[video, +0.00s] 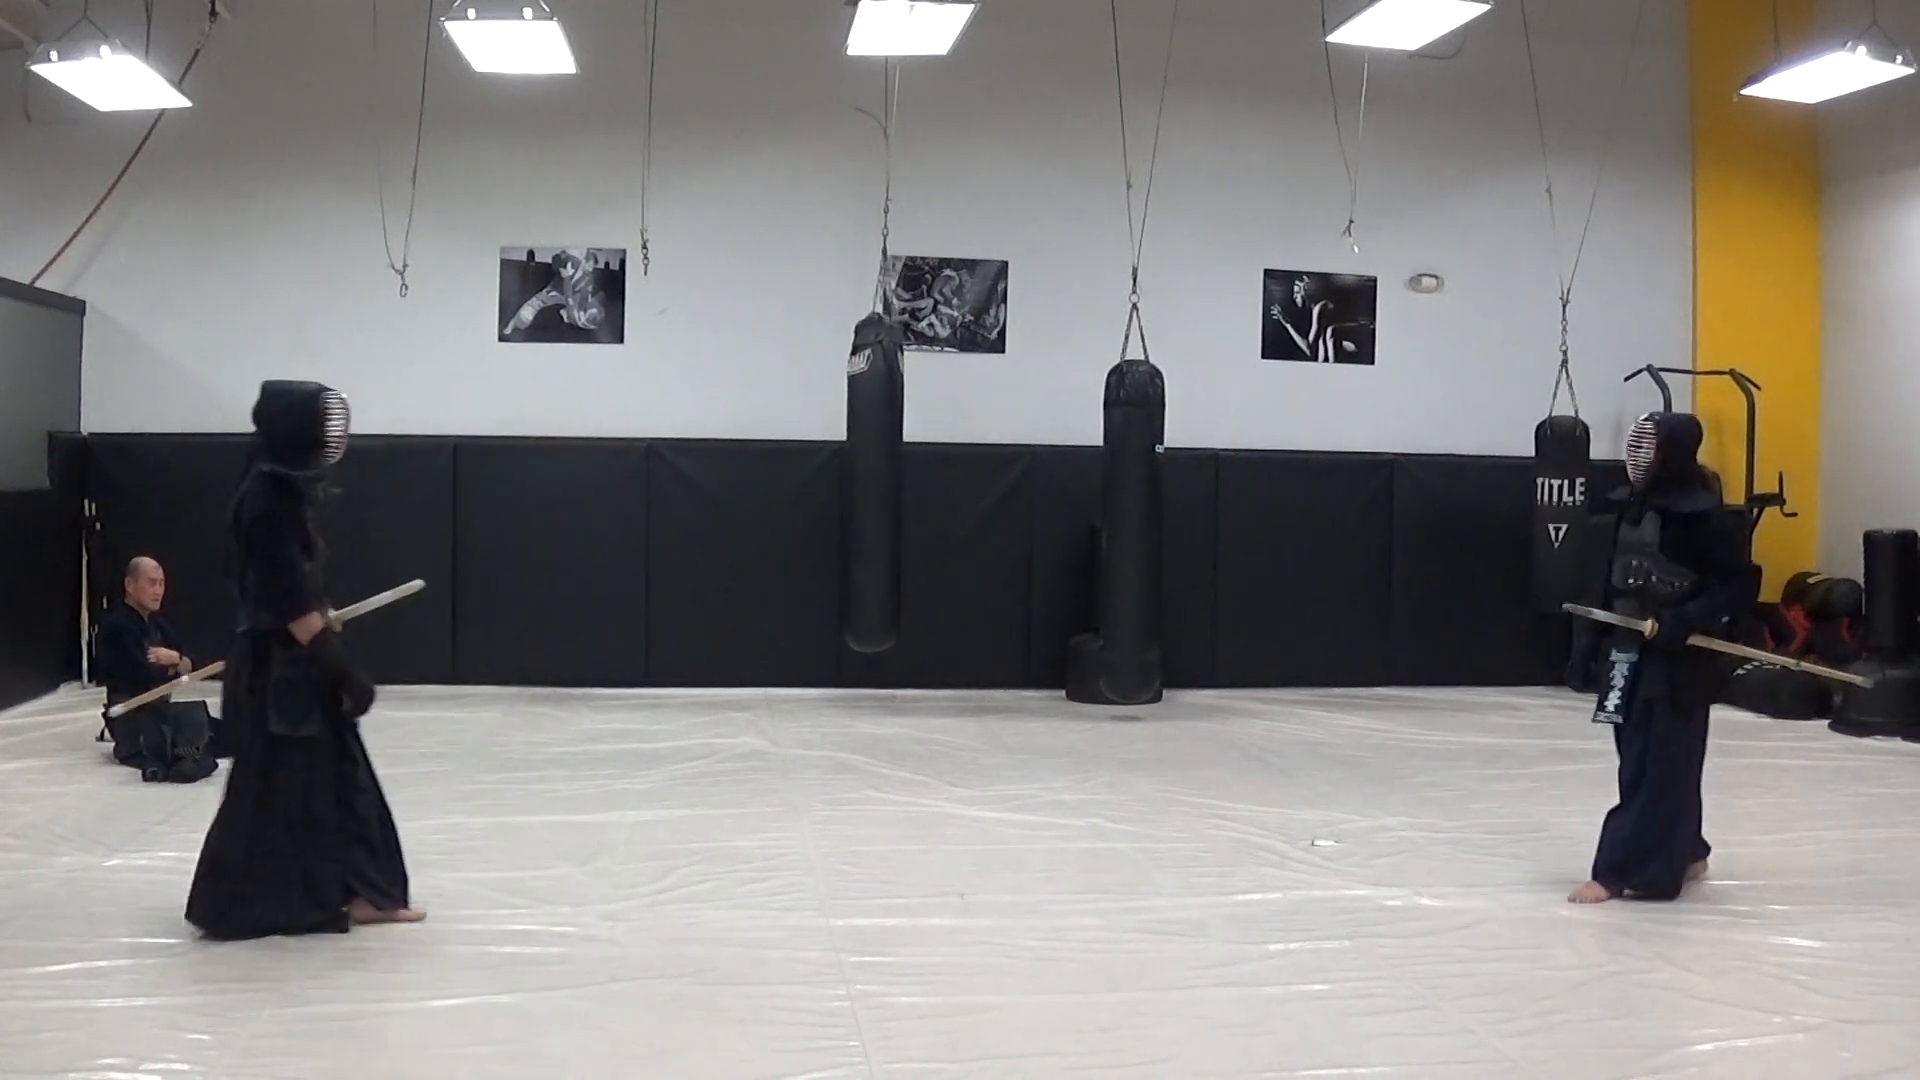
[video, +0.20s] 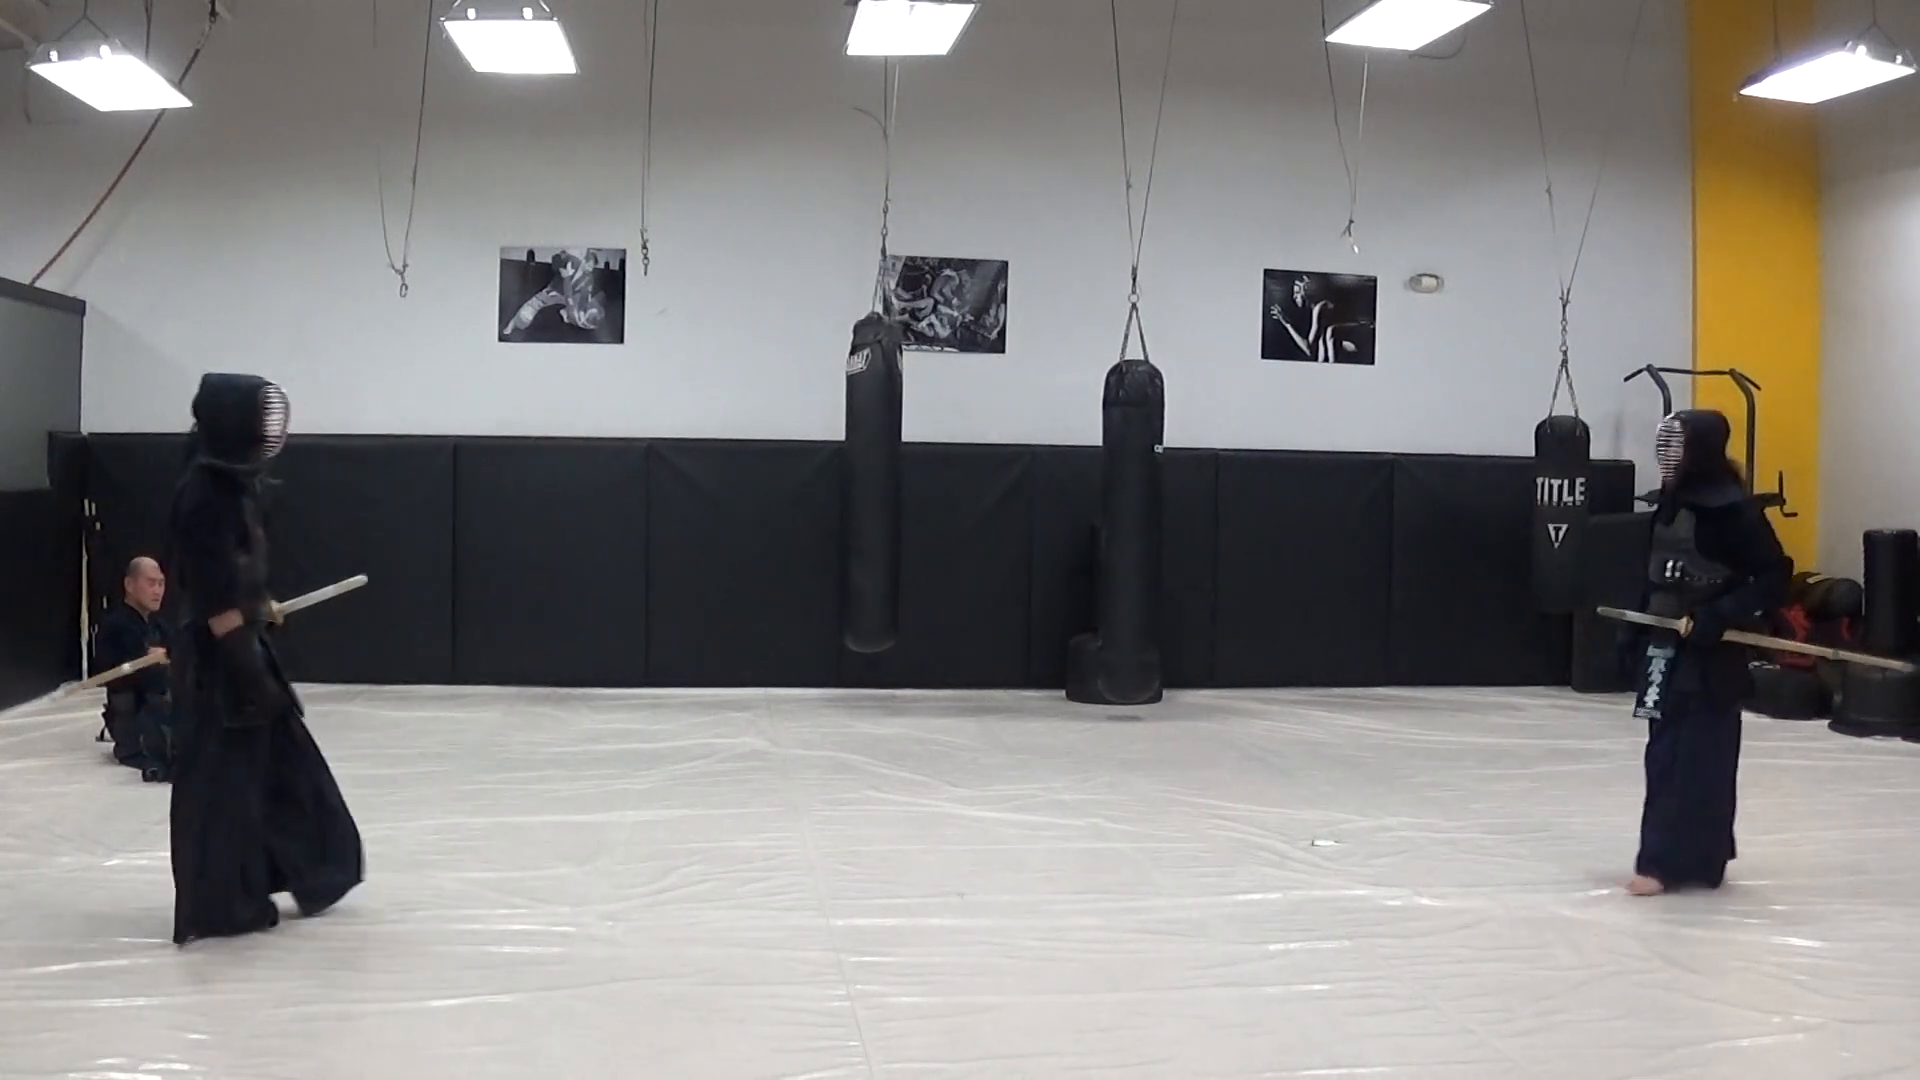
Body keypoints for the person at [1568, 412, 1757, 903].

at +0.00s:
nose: (1635, 457)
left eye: (1646, 449)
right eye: (1634, 447)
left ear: (1674, 453)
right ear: (1632, 449)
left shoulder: (1703, 513)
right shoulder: (1624, 506)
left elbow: (1736, 586)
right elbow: (1604, 581)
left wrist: (1679, 620)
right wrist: (1588, 649)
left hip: (1681, 654)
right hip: (1630, 649)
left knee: (1657, 760)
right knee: (1643, 752)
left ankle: (1618, 873)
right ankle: (1687, 847)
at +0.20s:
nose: (1664, 456)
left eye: (1673, 447)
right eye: (1663, 446)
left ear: (1700, 450)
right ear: (1670, 450)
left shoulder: (1733, 507)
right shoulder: (1672, 504)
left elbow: (1774, 577)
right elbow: (1654, 578)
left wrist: (1713, 616)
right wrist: (1637, 632)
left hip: (1709, 653)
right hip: (1670, 648)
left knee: (1679, 755)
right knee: (1682, 753)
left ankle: (1660, 866)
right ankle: (1700, 861)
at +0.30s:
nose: (1686, 450)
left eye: (1694, 442)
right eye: (1686, 442)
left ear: (1715, 447)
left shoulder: (1749, 506)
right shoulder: (1683, 503)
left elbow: (1789, 574)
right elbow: (1666, 573)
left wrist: (1730, 614)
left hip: (1727, 651)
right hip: (1679, 645)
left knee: (1722, 753)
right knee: (1683, 750)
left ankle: (1728, 862)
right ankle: (1691, 858)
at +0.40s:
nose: (1698, 458)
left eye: (1708, 449)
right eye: (1696, 449)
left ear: (1736, 453)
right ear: (1696, 451)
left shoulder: (1766, 509)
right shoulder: (1699, 505)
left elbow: (1804, 578)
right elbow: (1679, 571)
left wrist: (1743, 617)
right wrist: (1678, 514)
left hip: (1745, 650)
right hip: (1694, 644)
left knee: (1733, 750)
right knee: (1691, 749)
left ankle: (1773, 850)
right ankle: (1701, 858)